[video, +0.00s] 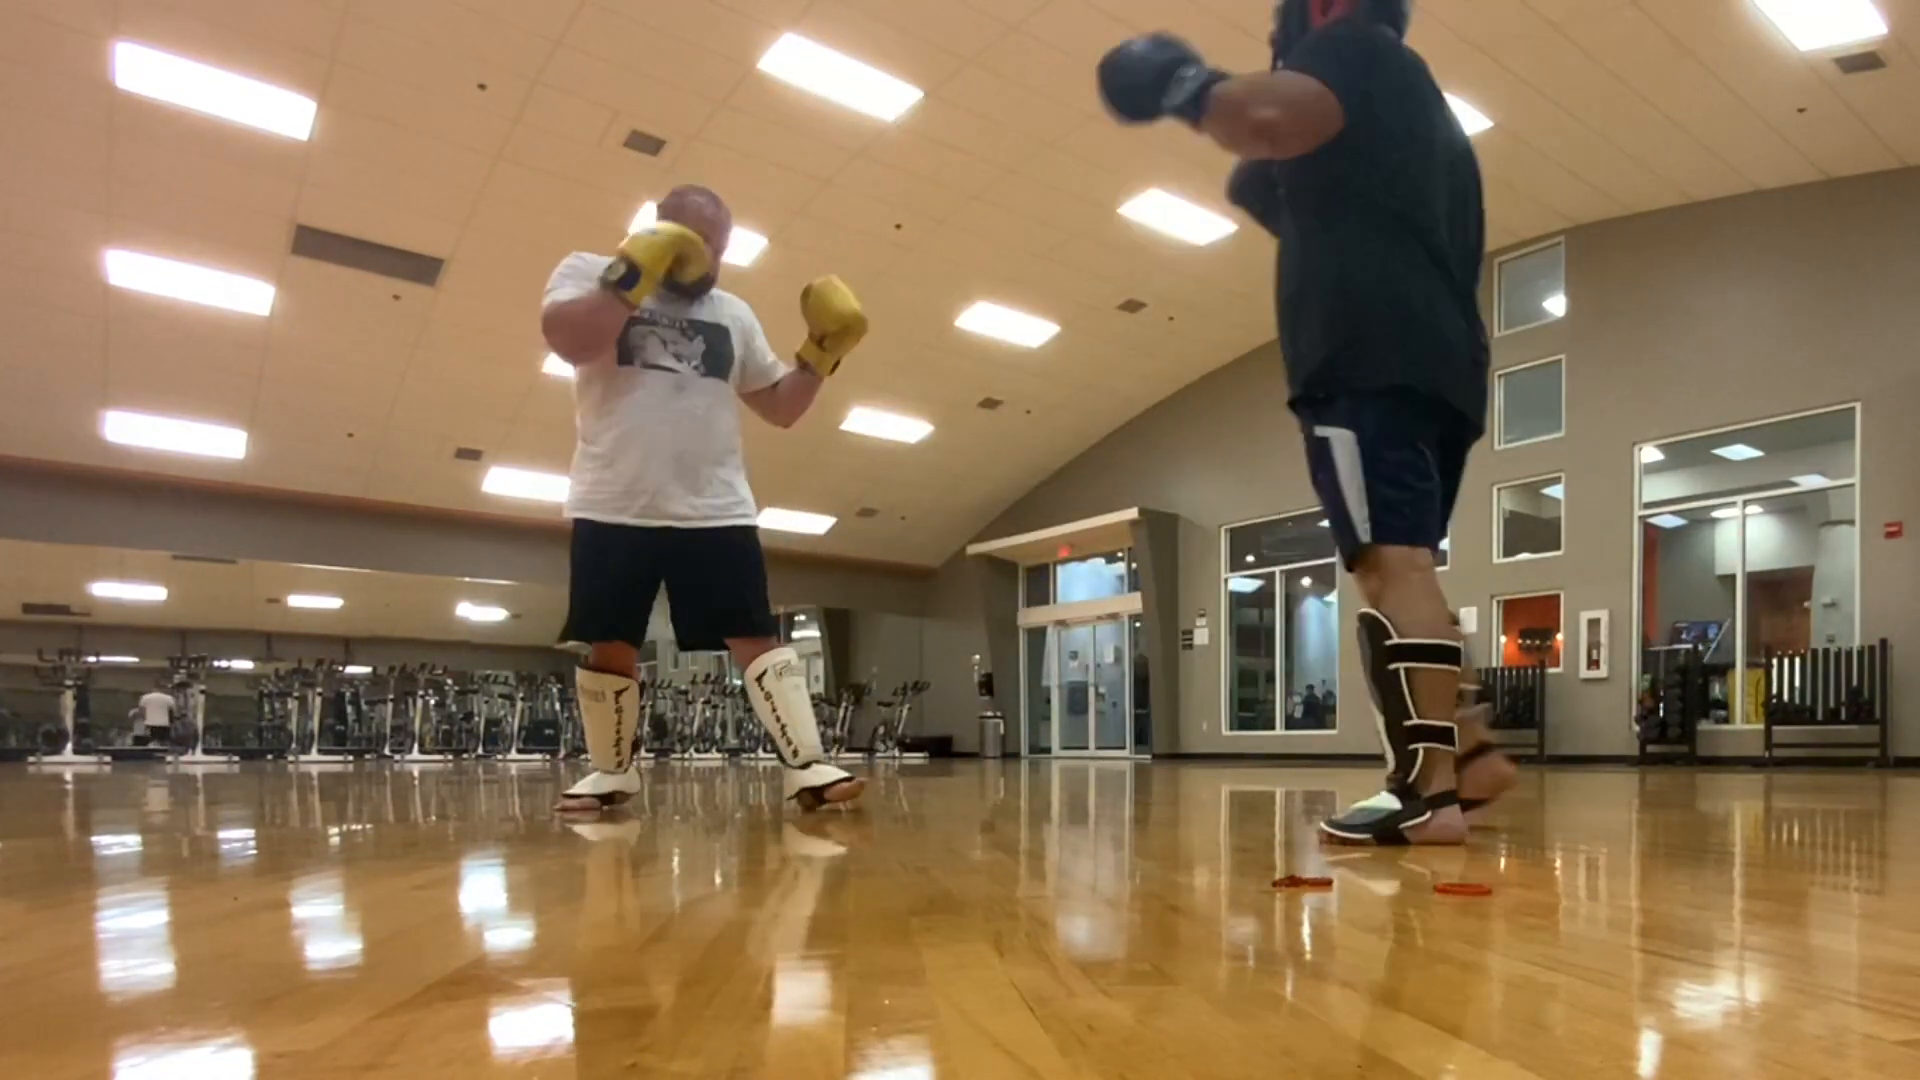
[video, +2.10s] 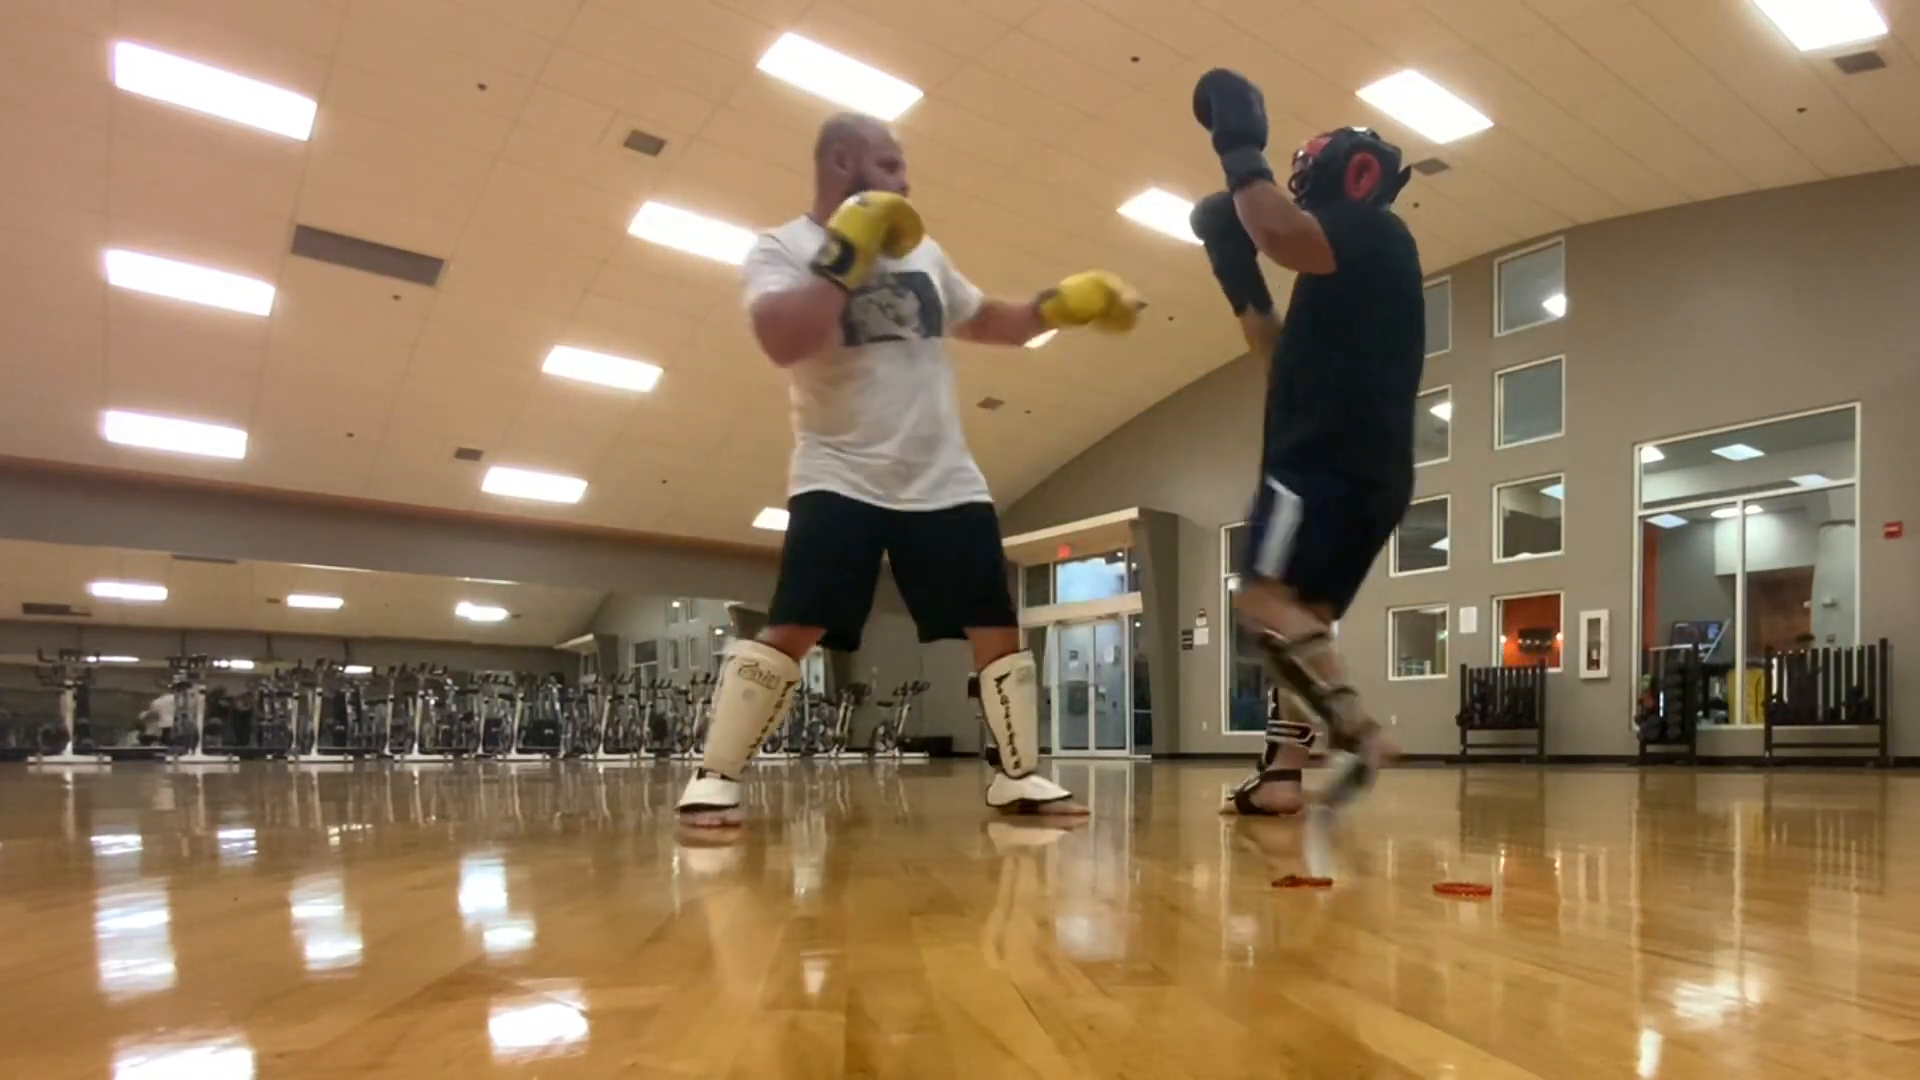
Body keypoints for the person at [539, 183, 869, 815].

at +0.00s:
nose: (705, 258)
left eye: (716, 247)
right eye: (693, 241)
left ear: (724, 250)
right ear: (660, 228)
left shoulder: (732, 314)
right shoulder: (591, 273)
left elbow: (780, 406)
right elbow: (571, 343)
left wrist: (820, 356)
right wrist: (635, 273)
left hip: (716, 504)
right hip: (615, 501)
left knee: (751, 632)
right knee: (609, 644)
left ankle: (807, 763)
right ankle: (612, 773)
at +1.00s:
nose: (752, 166)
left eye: (755, 159)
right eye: (741, 149)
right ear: (687, 130)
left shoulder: (744, 258)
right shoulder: (616, 188)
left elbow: (769, 359)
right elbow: (640, 270)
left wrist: (834, 307)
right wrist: (718, 203)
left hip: (758, 456)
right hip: (654, 450)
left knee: (818, 598)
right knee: (626, 609)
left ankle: (847, 756)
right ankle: (593, 777)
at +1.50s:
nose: (833, 176)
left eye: (839, 167)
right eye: (830, 160)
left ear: (800, 148)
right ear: (785, 138)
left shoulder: (826, 249)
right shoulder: (709, 186)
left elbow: (885, 345)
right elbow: (744, 269)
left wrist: (926, 287)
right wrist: (820, 210)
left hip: (819, 445)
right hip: (727, 436)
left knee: (894, 590)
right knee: (743, 600)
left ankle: (896, 742)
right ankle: (702, 785)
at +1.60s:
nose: (840, 188)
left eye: (842, 177)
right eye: (832, 171)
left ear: (798, 160)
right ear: (785, 153)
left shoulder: (816, 248)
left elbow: (902, 326)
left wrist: (939, 275)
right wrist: (861, 200)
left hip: (811, 437)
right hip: (730, 450)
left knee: (947, 458)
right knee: (754, 611)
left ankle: (936, 610)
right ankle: (707, 788)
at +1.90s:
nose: (826, 160)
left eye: (829, 148)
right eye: (815, 144)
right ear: (760, 131)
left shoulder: (850, 229)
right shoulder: (702, 211)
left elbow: (909, 306)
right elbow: (705, 269)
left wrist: (984, 361)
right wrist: (797, 202)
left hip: (885, 431)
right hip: (781, 443)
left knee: (1001, 531)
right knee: (769, 598)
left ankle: (1013, 680)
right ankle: (706, 782)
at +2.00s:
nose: (861, 163)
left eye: (865, 150)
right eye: (848, 147)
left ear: (863, 153)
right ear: (797, 143)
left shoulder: (878, 234)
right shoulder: (737, 229)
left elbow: (915, 319)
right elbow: (729, 306)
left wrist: (987, 341)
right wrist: (805, 234)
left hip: (915, 452)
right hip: (808, 456)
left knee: (991, 593)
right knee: (778, 609)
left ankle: (1033, 747)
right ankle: (706, 781)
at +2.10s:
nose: (899, 182)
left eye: (903, 170)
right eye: (887, 166)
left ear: (900, 173)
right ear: (838, 161)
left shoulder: (922, 257)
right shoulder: (783, 250)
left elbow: (986, 320)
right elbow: (783, 341)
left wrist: (1055, 304)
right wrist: (846, 254)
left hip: (941, 470)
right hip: (840, 469)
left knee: (991, 613)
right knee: (799, 619)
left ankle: (1016, 776)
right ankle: (716, 778)